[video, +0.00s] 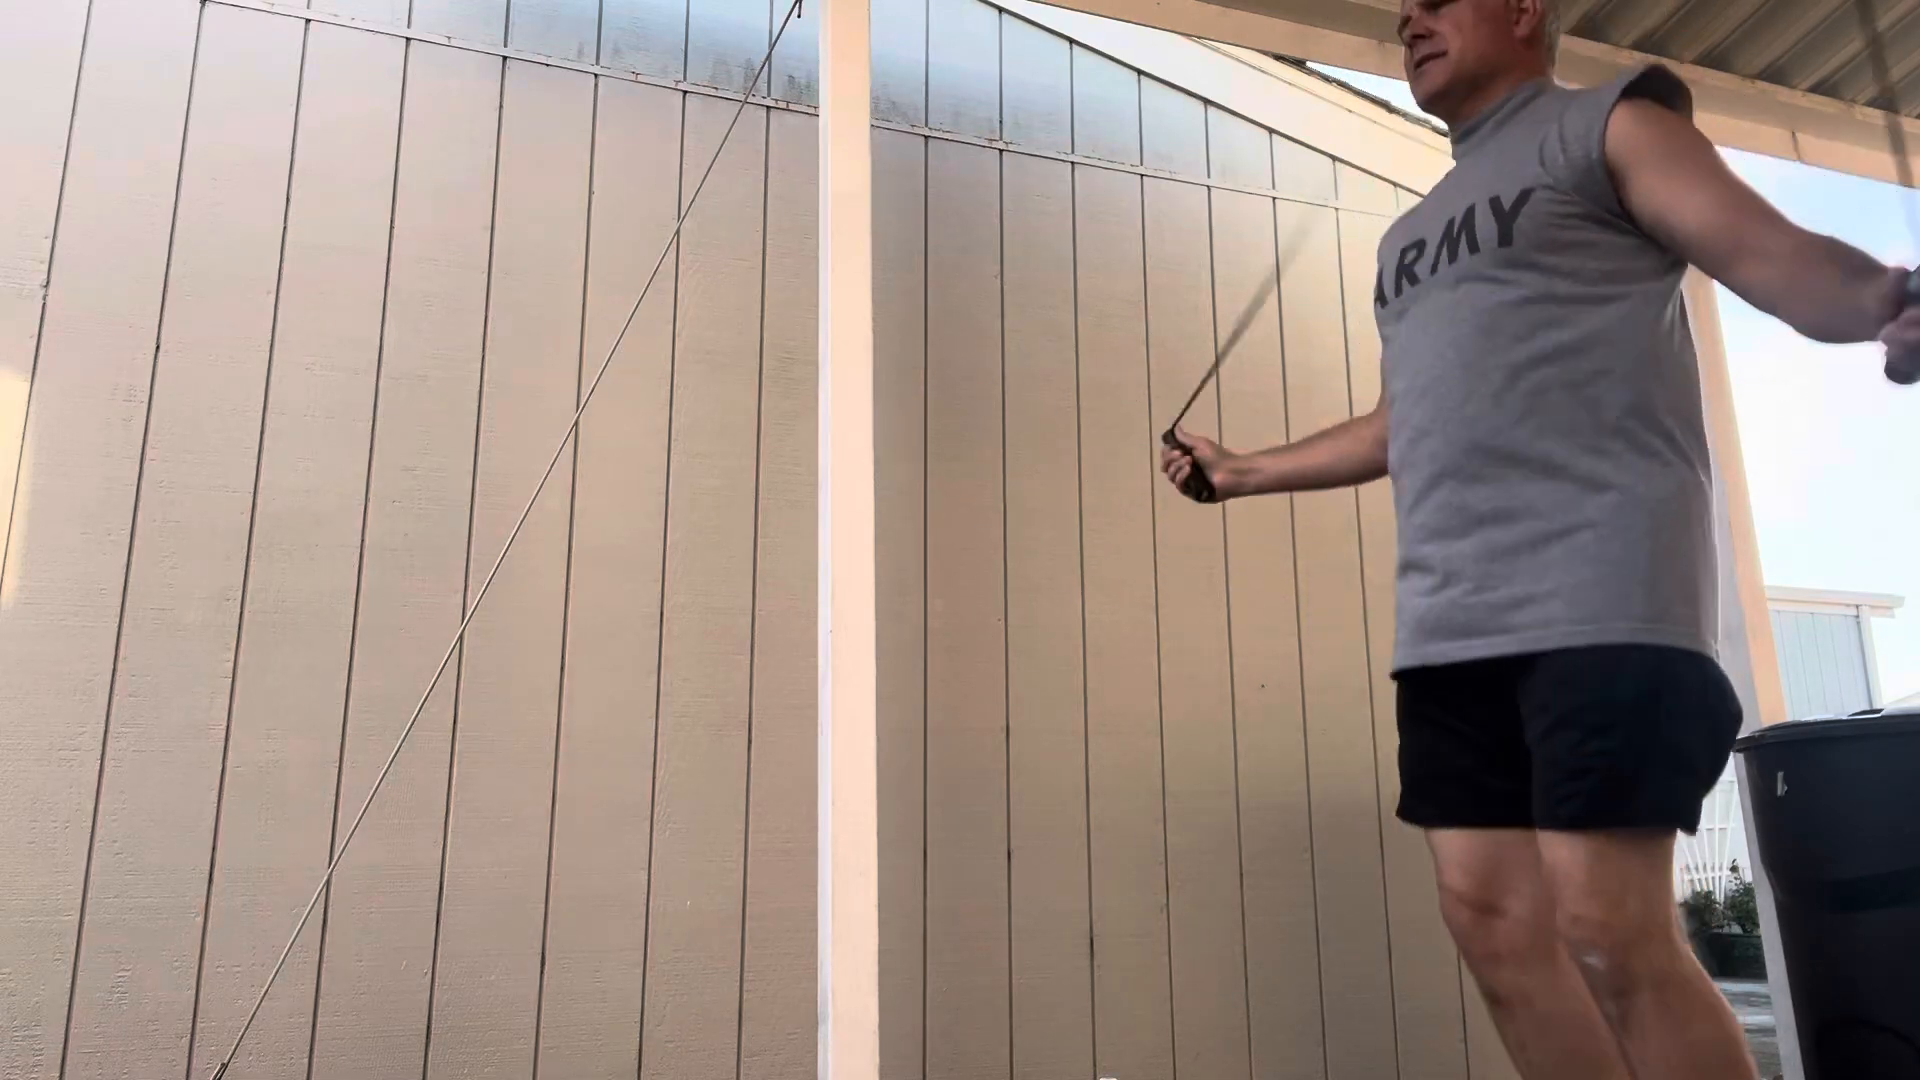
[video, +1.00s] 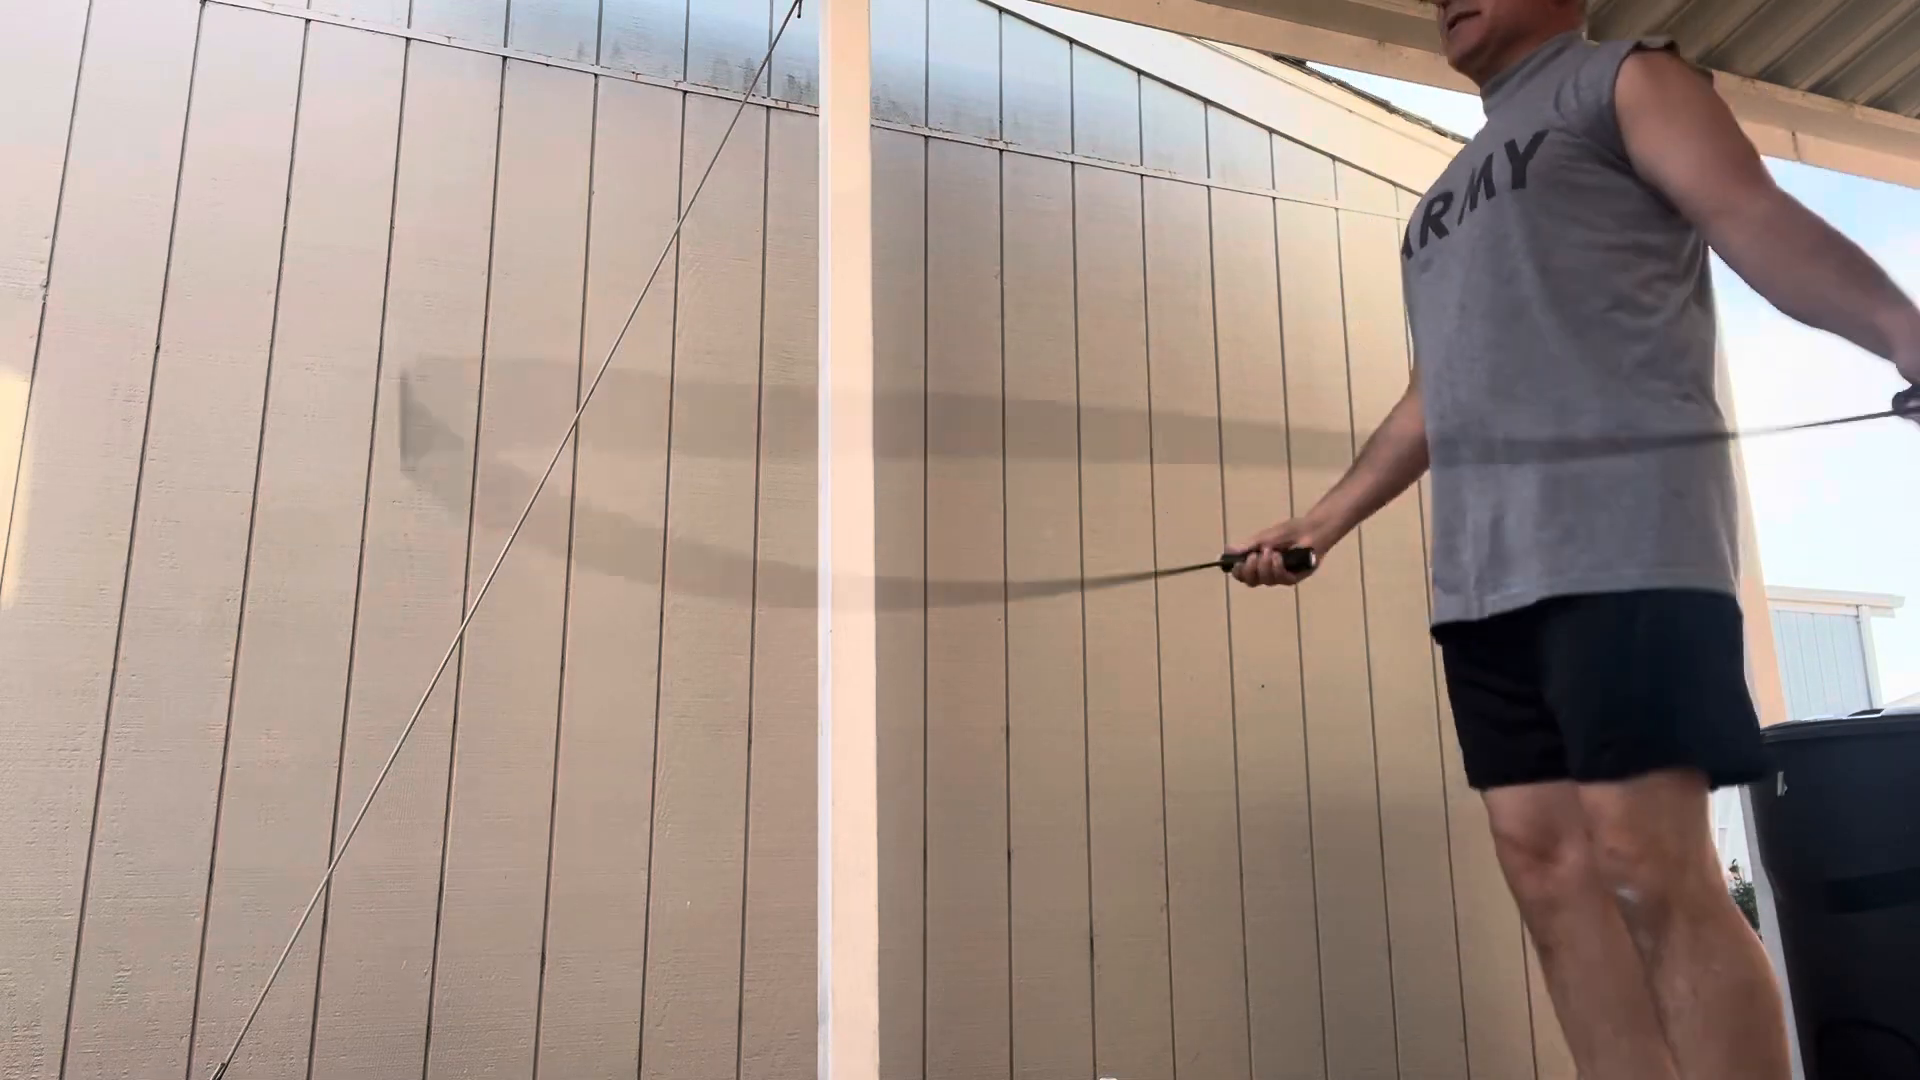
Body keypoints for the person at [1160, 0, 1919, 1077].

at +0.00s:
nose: (1410, 20)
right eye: (1403, 12)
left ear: (1525, 15)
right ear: (1408, 57)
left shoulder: (1608, 124)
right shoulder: (1409, 237)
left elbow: (1759, 247)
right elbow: (1402, 427)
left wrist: (1883, 299)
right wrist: (1236, 469)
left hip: (1606, 585)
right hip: (1447, 609)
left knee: (1614, 930)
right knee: (1493, 921)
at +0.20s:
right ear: (1416, 11)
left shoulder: (1594, 42)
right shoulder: (1408, 169)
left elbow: (1749, 188)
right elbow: (1405, 363)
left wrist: (1915, 290)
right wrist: (1298, 498)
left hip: (1601, 495)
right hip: (1452, 529)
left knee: (1624, 839)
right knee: (1522, 840)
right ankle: (1618, 1076)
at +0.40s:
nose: (1415, 5)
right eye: (1407, 2)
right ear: (1414, 48)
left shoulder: (1610, 84)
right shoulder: (1415, 204)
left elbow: (1775, 214)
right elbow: (1424, 395)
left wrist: (1917, 264)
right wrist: (1268, 465)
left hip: (1625, 538)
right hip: (1461, 567)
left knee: (1646, 894)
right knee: (1517, 886)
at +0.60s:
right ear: (1424, 11)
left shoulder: (1606, 35)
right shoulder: (1423, 166)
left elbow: (1759, 164)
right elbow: (1425, 358)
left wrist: (1914, 248)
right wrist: (1320, 503)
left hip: (1618, 481)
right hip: (1467, 519)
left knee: (1643, 832)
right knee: (1534, 827)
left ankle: (1729, 1069)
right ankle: (1625, 1068)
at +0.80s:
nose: (1429, 5)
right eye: (1422, 3)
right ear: (1433, 47)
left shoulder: (1621, 77)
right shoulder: (1432, 196)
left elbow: (1785, 195)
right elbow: (1441, 386)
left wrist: (1915, 230)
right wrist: (1296, 456)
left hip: (1625, 526)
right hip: (1469, 556)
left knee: (1639, 866)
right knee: (1529, 870)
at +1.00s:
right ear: (1447, 33)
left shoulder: (1627, 77)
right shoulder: (1441, 202)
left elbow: (1753, 218)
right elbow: (1437, 394)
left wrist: (1908, 337)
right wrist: (1319, 523)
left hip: (1626, 535)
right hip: (1479, 562)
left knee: (1652, 858)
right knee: (1541, 864)